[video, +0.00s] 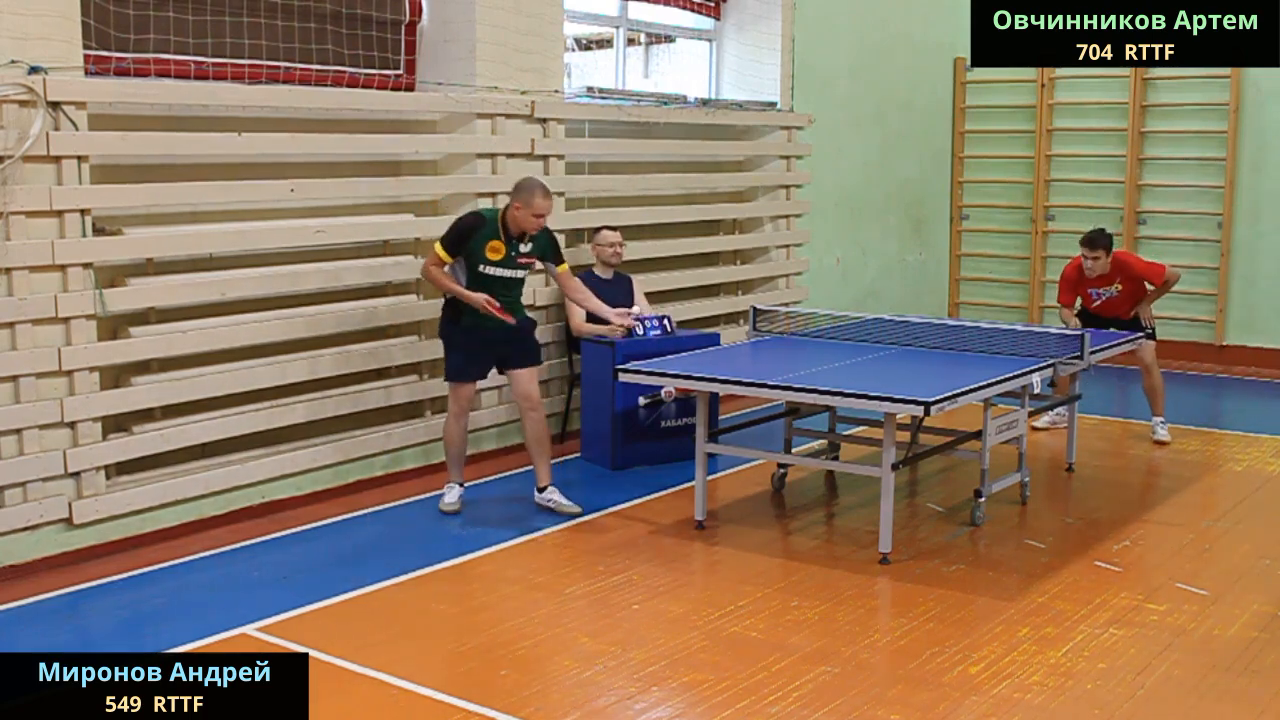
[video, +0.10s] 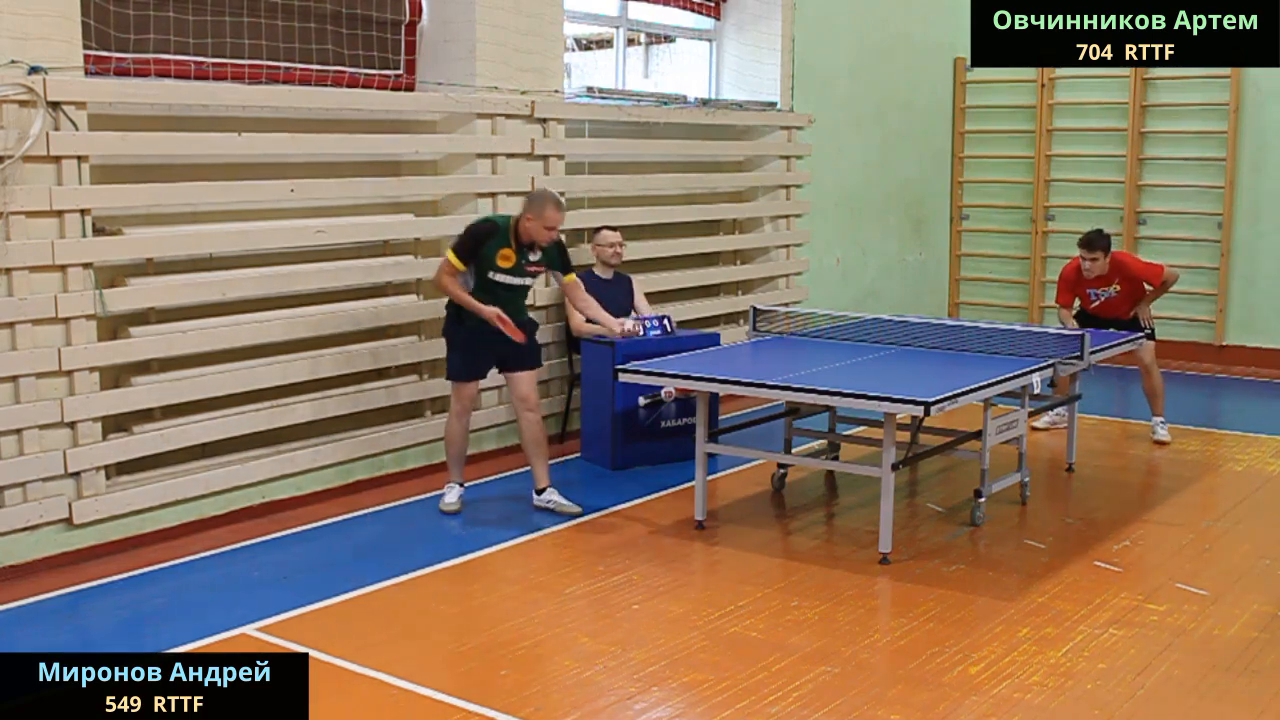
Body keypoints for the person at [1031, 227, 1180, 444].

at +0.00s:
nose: (1088, 264)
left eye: (1095, 259)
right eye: (1084, 258)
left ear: (1109, 257)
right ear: (1080, 254)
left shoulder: (1127, 263)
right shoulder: (1072, 271)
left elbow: (1172, 276)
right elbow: (1065, 308)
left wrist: (1147, 302)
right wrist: (1071, 320)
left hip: (1132, 317)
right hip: (1093, 316)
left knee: (1147, 360)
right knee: (1063, 355)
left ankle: (1158, 421)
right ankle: (1060, 410)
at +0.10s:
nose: (1086, 265)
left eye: (1093, 260)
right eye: (1083, 259)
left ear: (1107, 258)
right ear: (1079, 254)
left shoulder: (1125, 264)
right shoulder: (1070, 272)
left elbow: (1171, 276)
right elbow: (1063, 308)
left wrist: (1146, 302)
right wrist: (1070, 324)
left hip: (1131, 318)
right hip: (1091, 317)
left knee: (1147, 361)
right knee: (1063, 355)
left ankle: (1158, 421)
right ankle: (1060, 411)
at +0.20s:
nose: (1085, 265)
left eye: (1091, 260)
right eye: (1081, 259)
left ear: (1106, 257)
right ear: (1077, 254)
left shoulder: (1124, 264)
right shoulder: (1069, 272)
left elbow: (1170, 276)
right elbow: (1062, 308)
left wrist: (1145, 302)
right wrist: (1069, 324)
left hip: (1130, 317)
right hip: (1091, 316)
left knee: (1146, 361)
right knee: (1063, 355)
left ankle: (1158, 421)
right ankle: (1060, 411)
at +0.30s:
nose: (1084, 265)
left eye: (1090, 260)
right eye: (1080, 258)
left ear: (1105, 256)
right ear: (1076, 254)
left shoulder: (1124, 263)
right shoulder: (1069, 271)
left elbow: (1169, 275)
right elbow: (1062, 307)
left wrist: (1145, 302)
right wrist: (1068, 323)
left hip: (1130, 317)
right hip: (1090, 317)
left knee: (1146, 361)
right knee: (1063, 354)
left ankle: (1158, 421)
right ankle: (1060, 411)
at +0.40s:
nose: (1084, 263)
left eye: (1090, 258)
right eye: (1080, 257)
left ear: (1105, 255)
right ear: (1076, 252)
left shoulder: (1124, 262)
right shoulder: (1069, 270)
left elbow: (1169, 275)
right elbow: (1061, 307)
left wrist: (1145, 302)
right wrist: (1069, 324)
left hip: (1130, 317)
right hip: (1091, 315)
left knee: (1146, 361)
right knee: (1062, 352)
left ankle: (1158, 421)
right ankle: (1060, 410)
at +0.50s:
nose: (1084, 262)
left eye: (1090, 256)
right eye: (1080, 255)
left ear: (1105, 253)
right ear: (1076, 251)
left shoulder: (1123, 261)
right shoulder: (1069, 269)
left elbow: (1168, 274)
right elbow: (1061, 305)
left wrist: (1145, 302)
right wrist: (1068, 323)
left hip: (1130, 316)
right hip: (1091, 315)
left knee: (1146, 361)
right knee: (1062, 352)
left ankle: (1158, 421)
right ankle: (1060, 410)